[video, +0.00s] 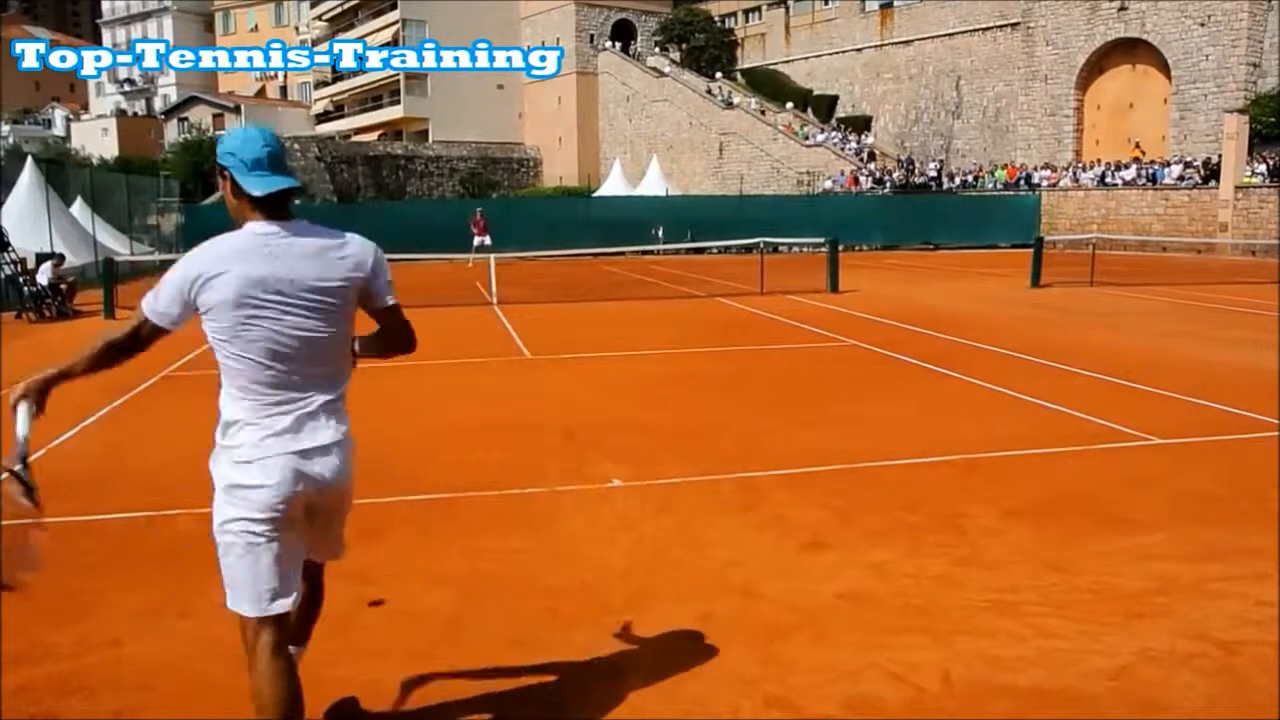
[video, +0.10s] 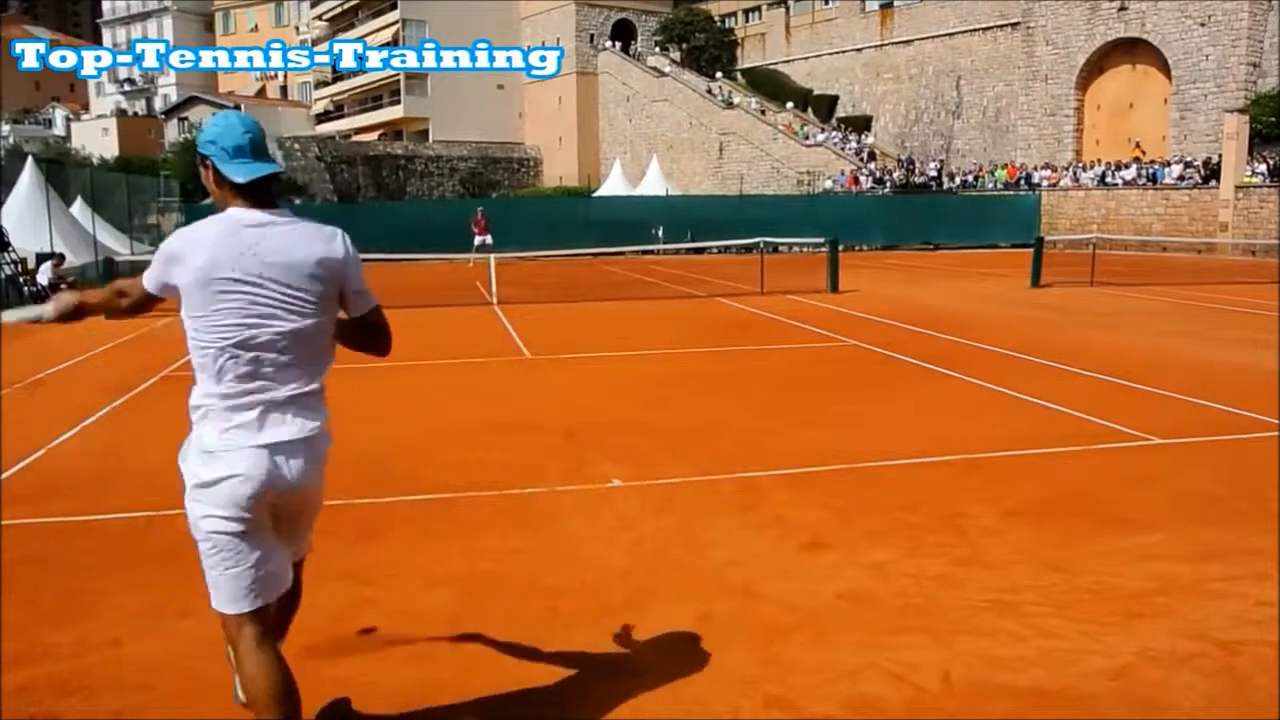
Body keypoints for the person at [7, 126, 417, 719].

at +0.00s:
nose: (222, 192)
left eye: (222, 183)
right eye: (224, 183)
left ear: (229, 186)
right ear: (288, 182)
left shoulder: (210, 262)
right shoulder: (353, 253)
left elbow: (130, 339)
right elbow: (400, 339)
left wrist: (48, 379)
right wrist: (343, 346)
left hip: (255, 462)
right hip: (331, 455)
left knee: (268, 641)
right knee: (309, 572)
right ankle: (283, 667)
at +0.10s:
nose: (202, 177)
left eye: (202, 169)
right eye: (208, 168)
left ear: (211, 175)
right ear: (270, 167)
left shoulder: (190, 246)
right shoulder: (329, 244)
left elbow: (132, 297)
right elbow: (377, 339)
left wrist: (77, 302)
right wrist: (311, 314)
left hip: (226, 456)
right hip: (303, 452)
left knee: (252, 635)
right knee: (287, 570)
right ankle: (255, 673)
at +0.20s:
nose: (187, 172)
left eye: (187, 164)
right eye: (188, 164)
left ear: (196, 168)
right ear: (256, 164)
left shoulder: (168, 230)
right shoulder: (308, 242)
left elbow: (113, 255)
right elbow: (350, 341)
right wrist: (284, 303)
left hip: (188, 452)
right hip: (273, 448)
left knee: (224, 625)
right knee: (269, 571)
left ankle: (275, 717)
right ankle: (253, 679)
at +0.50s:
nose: (159, 165)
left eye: (162, 157)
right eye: (166, 154)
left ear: (168, 160)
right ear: (228, 164)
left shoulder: (126, 212)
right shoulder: (261, 248)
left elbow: (89, 169)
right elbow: (299, 355)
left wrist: (153, 141)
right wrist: (231, 310)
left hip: (124, 457)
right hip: (214, 456)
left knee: (155, 639)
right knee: (248, 575)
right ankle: (267, 678)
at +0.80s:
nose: (123, 172)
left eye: (128, 164)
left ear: (129, 170)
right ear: (197, 188)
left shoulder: (83, 218)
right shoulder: (210, 274)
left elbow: (75, 117)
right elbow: (249, 378)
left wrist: (174, 99)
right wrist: (200, 314)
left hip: (67, 479)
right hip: (166, 479)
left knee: (65, 674)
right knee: (233, 580)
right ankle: (286, 692)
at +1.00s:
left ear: (81, 206)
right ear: (151, 217)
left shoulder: (37, 249)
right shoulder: (174, 305)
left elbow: (23, 132)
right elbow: (208, 419)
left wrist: (111, 106)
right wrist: (171, 346)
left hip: (13, 512)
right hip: (114, 515)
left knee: (1, 688)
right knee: (209, 602)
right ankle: (286, 711)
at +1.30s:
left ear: (43, 266)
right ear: (118, 270)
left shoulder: (8, 311)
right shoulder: (140, 361)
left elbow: (3, 221)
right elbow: (176, 482)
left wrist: (29, 149)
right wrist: (154, 403)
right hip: (66, 571)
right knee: (176, 659)